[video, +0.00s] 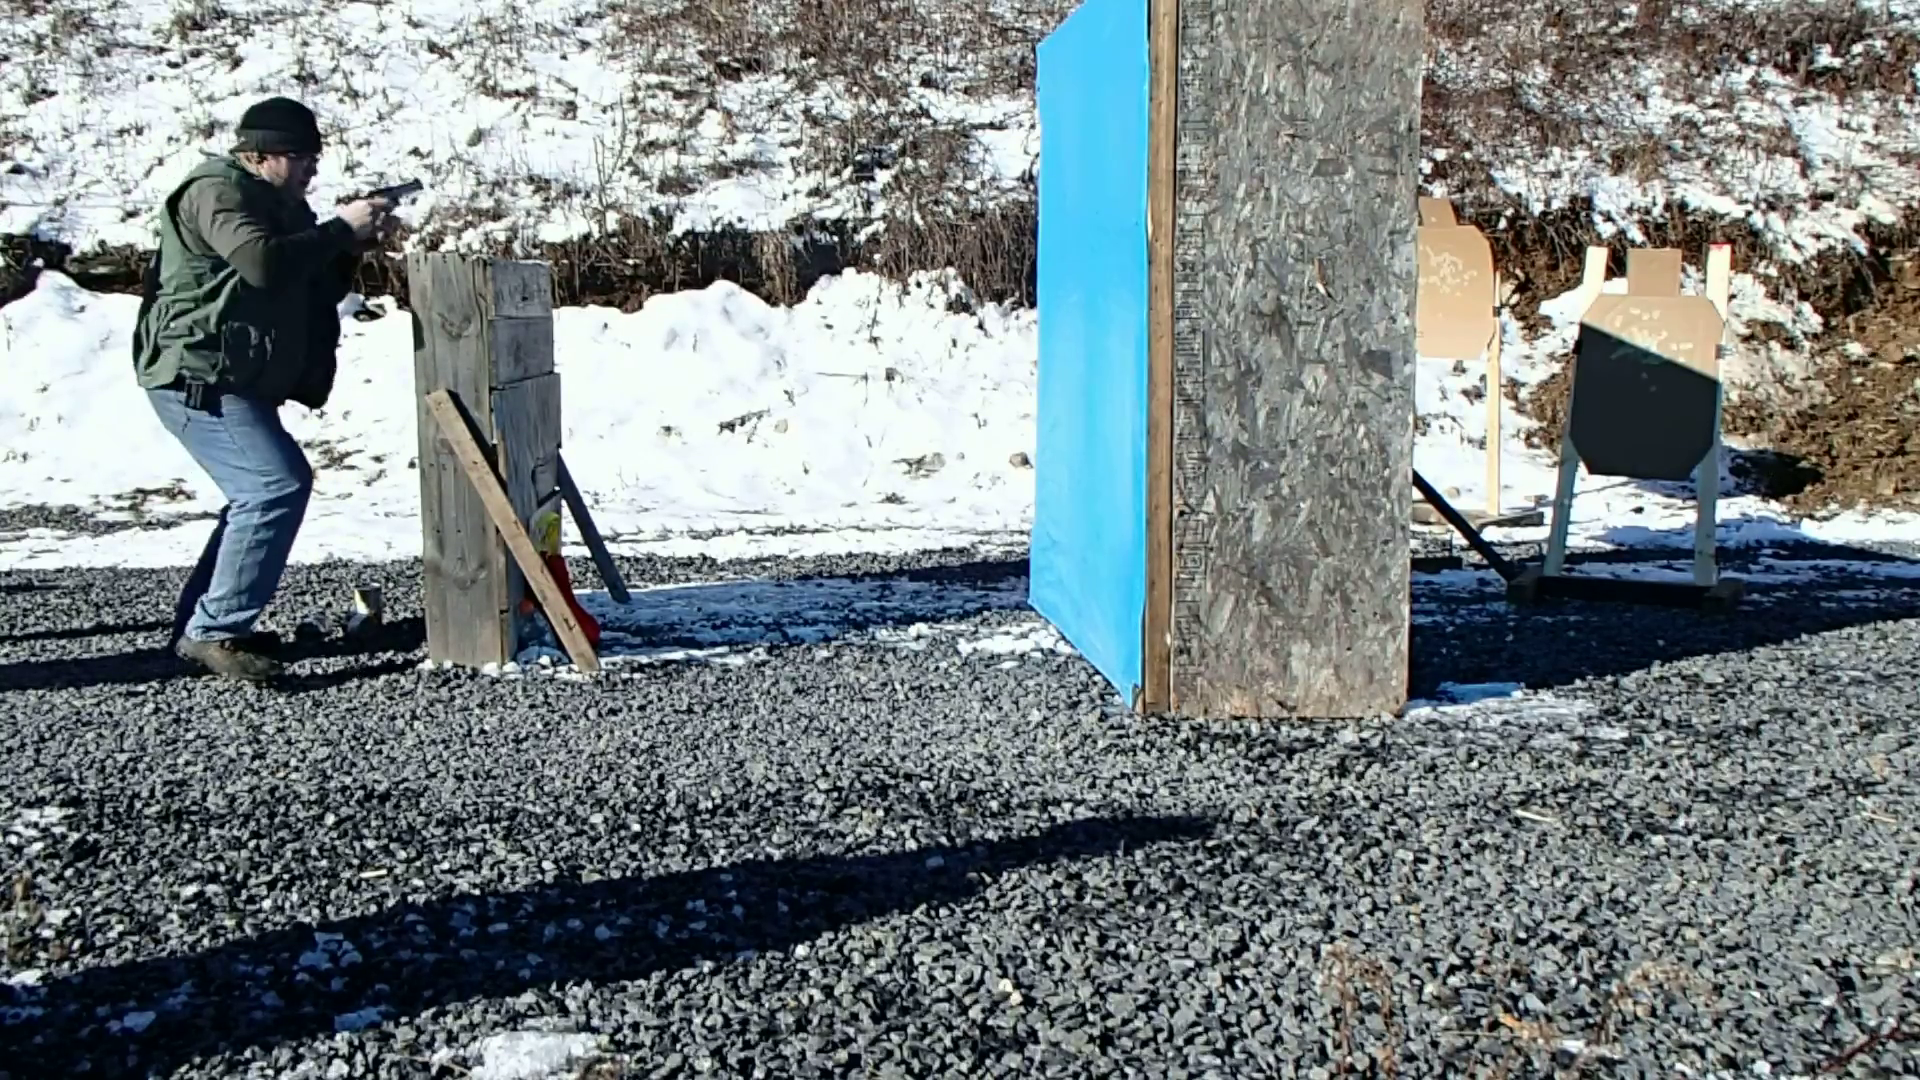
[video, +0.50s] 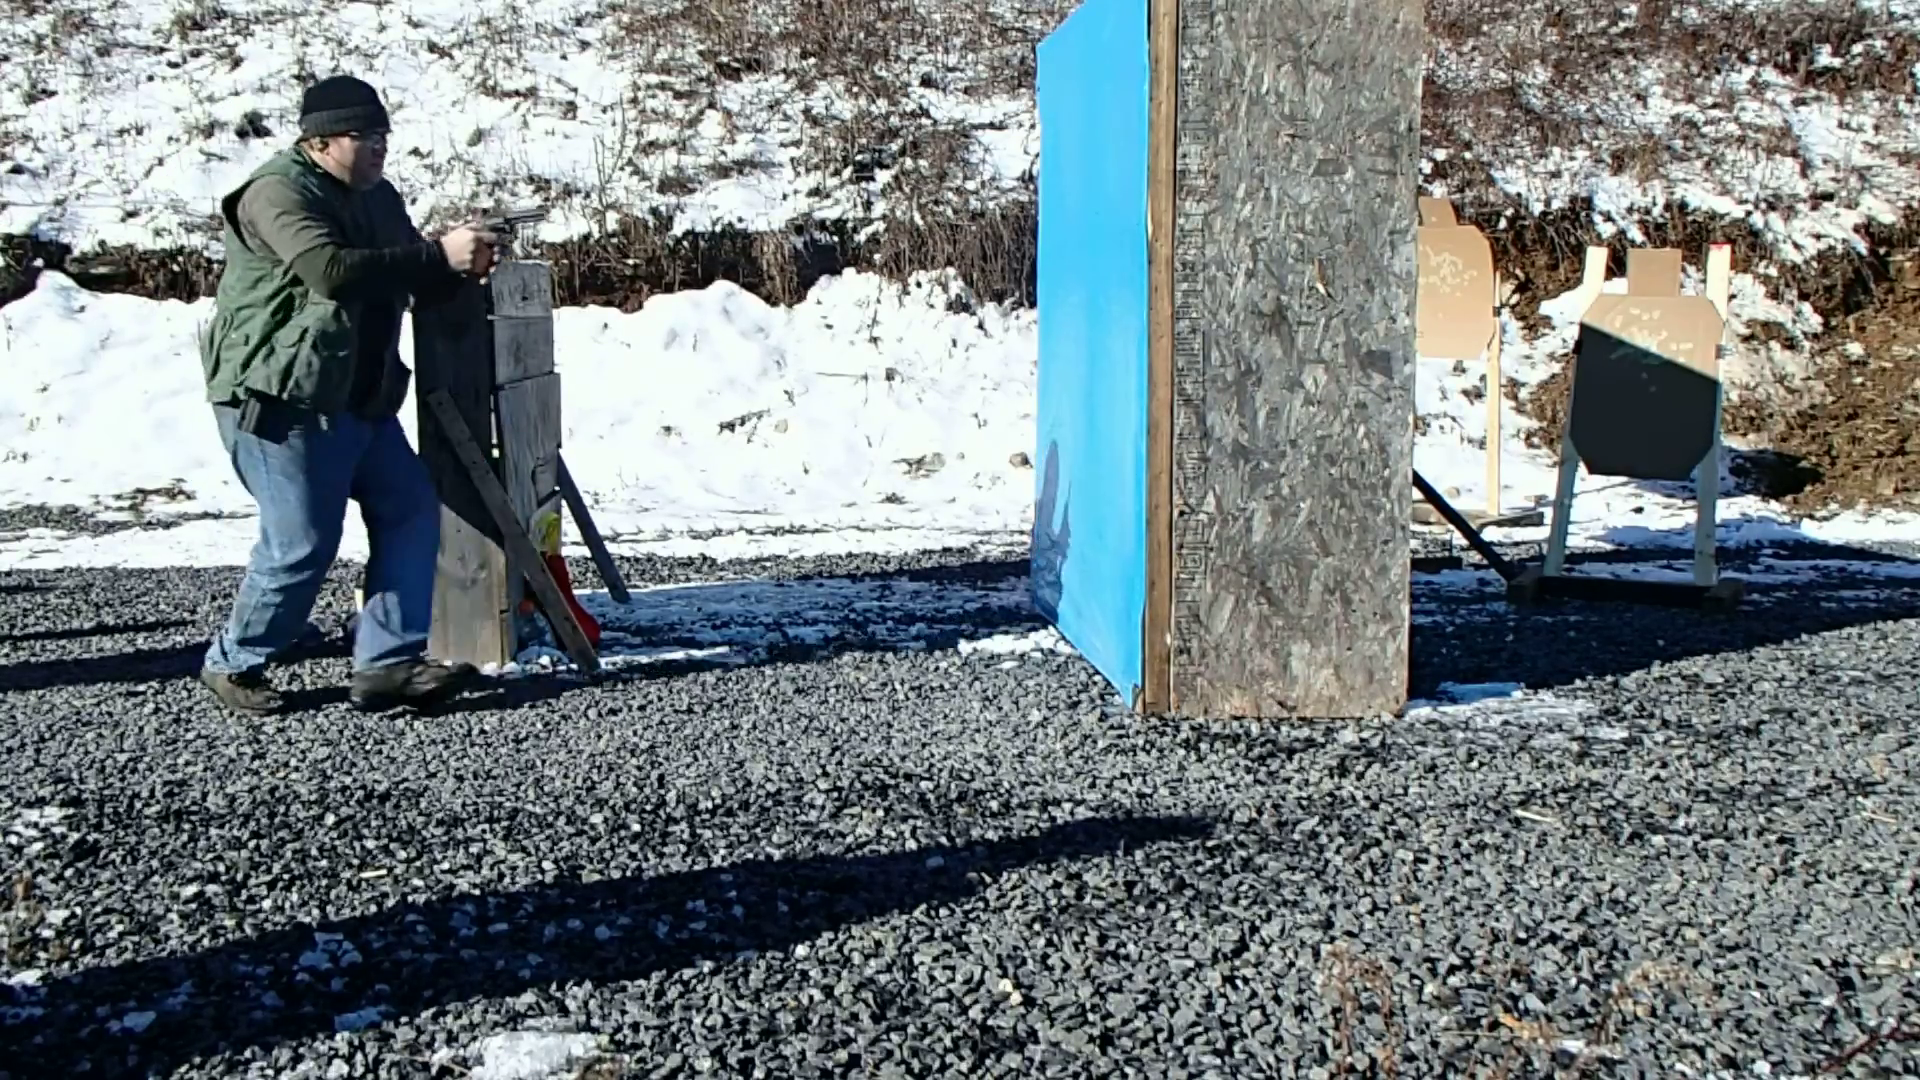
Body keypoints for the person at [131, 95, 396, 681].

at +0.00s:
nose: (312, 173)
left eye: (313, 162)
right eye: (306, 160)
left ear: (267, 156)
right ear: (270, 155)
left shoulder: (283, 207)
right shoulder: (213, 190)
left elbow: (315, 290)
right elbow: (262, 263)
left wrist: (354, 244)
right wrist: (343, 229)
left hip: (236, 379)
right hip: (194, 377)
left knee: (259, 494)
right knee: (280, 482)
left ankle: (201, 626)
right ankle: (218, 630)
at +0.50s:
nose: (383, 147)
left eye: (385, 135)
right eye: (371, 136)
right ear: (325, 140)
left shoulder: (378, 198)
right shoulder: (276, 192)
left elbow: (414, 281)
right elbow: (330, 271)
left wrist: (456, 258)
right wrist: (435, 255)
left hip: (360, 401)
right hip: (281, 402)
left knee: (411, 512)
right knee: (300, 543)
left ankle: (386, 662)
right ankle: (234, 665)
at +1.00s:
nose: (518, 153)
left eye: (516, 140)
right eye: (508, 141)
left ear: (466, 134)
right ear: (466, 136)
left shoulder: (477, 177)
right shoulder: (426, 190)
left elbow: (571, 197)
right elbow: (546, 208)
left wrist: (672, 201)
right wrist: (667, 202)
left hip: (482, 398)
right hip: (455, 405)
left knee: (527, 534)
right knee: (554, 535)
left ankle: (438, 664)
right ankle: (537, 711)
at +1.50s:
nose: (576, 145)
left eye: (574, 131)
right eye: (567, 131)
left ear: (517, 122)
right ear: (525, 125)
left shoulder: (498, 165)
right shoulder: (482, 175)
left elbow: (617, 185)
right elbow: (604, 191)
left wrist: (730, 189)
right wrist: (728, 183)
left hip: (505, 392)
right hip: (494, 399)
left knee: (543, 537)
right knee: (587, 539)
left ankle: (472, 677)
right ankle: (538, 710)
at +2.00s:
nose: (594, 146)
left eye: (592, 131)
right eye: (584, 132)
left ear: (538, 125)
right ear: (543, 126)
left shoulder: (520, 165)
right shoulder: (498, 176)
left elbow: (636, 186)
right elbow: (625, 193)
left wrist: (747, 189)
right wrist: (748, 184)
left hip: (504, 395)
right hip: (513, 400)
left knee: (535, 544)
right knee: (596, 544)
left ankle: (466, 681)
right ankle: (538, 711)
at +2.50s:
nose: (697, 127)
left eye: (696, 113)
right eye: (689, 113)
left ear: (649, 111)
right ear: (648, 112)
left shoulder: (678, 177)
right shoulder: (580, 179)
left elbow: (699, 267)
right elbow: (615, 284)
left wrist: (766, 256)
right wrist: (720, 250)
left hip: (654, 402)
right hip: (584, 404)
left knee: (666, 550)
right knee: (628, 564)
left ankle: (517, 640)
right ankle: (539, 710)